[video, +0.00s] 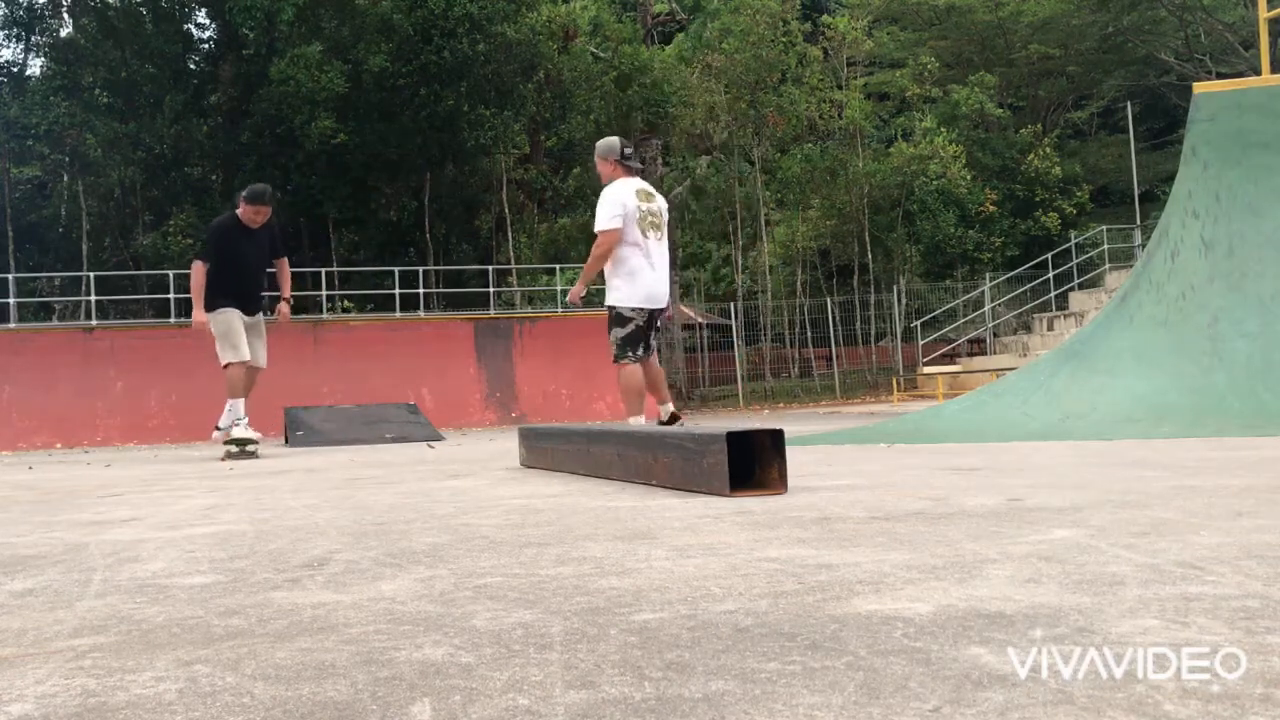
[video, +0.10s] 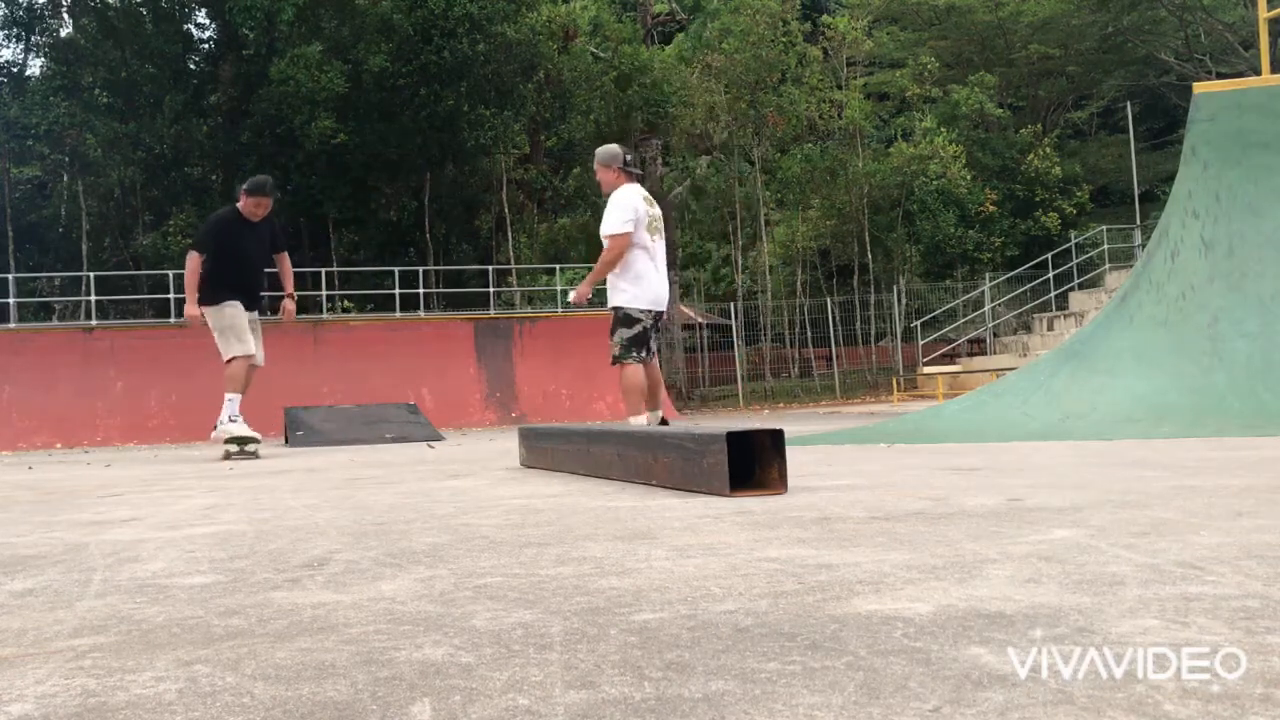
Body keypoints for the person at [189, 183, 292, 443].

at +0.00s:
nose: (259, 219)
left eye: (264, 213)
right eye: (254, 213)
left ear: (270, 210)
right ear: (241, 205)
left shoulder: (269, 230)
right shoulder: (221, 228)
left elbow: (281, 262)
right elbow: (199, 265)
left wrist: (286, 298)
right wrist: (197, 308)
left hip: (252, 307)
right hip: (223, 306)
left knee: (255, 364)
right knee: (237, 360)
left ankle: (225, 424)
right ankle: (239, 424)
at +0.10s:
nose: (260, 211)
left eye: (265, 206)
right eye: (255, 205)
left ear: (272, 203)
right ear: (242, 198)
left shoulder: (269, 225)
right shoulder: (221, 221)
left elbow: (281, 257)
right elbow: (194, 256)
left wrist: (289, 295)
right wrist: (190, 302)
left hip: (249, 301)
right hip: (220, 299)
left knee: (252, 360)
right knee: (241, 354)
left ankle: (227, 421)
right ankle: (230, 418)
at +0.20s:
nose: (266, 205)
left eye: (270, 199)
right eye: (261, 198)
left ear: (274, 199)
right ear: (245, 193)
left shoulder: (268, 224)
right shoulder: (224, 219)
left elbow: (283, 256)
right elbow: (192, 253)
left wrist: (294, 293)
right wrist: (184, 298)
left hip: (243, 300)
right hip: (217, 298)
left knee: (247, 358)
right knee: (239, 356)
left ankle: (227, 422)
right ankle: (226, 422)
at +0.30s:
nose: (266, 200)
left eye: (271, 195)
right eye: (261, 194)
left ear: (276, 198)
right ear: (246, 192)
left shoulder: (268, 225)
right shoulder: (225, 220)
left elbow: (284, 258)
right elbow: (193, 254)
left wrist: (297, 294)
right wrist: (179, 301)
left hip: (239, 299)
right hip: (215, 298)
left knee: (248, 359)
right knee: (239, 357)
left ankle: (229, 422)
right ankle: (225, 423)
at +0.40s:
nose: (267, 196)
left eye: (272, 191)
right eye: (262, 189)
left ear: (275, 195)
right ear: (245, 188)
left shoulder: (267, 221)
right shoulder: (225, 215)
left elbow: (284, 256)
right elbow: (193, 251)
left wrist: (299, 292)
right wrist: (180, 299)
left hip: (239, 298)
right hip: (213, 296)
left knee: (247, 358)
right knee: (234, 355)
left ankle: (227, 422)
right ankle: (225, 423)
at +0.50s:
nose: (267, 188)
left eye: (272, 184)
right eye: (262, 181)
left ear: (276, 188)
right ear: (244, 180)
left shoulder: (265, 216)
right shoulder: (221, 208)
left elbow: (284, 250)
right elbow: (190, 243)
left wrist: (300, 285)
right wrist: (183, 293)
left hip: (235, 296)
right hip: (208, 292)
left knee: (241, 357)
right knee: (220, 353)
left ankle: (229, 422)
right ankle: (219, 423)